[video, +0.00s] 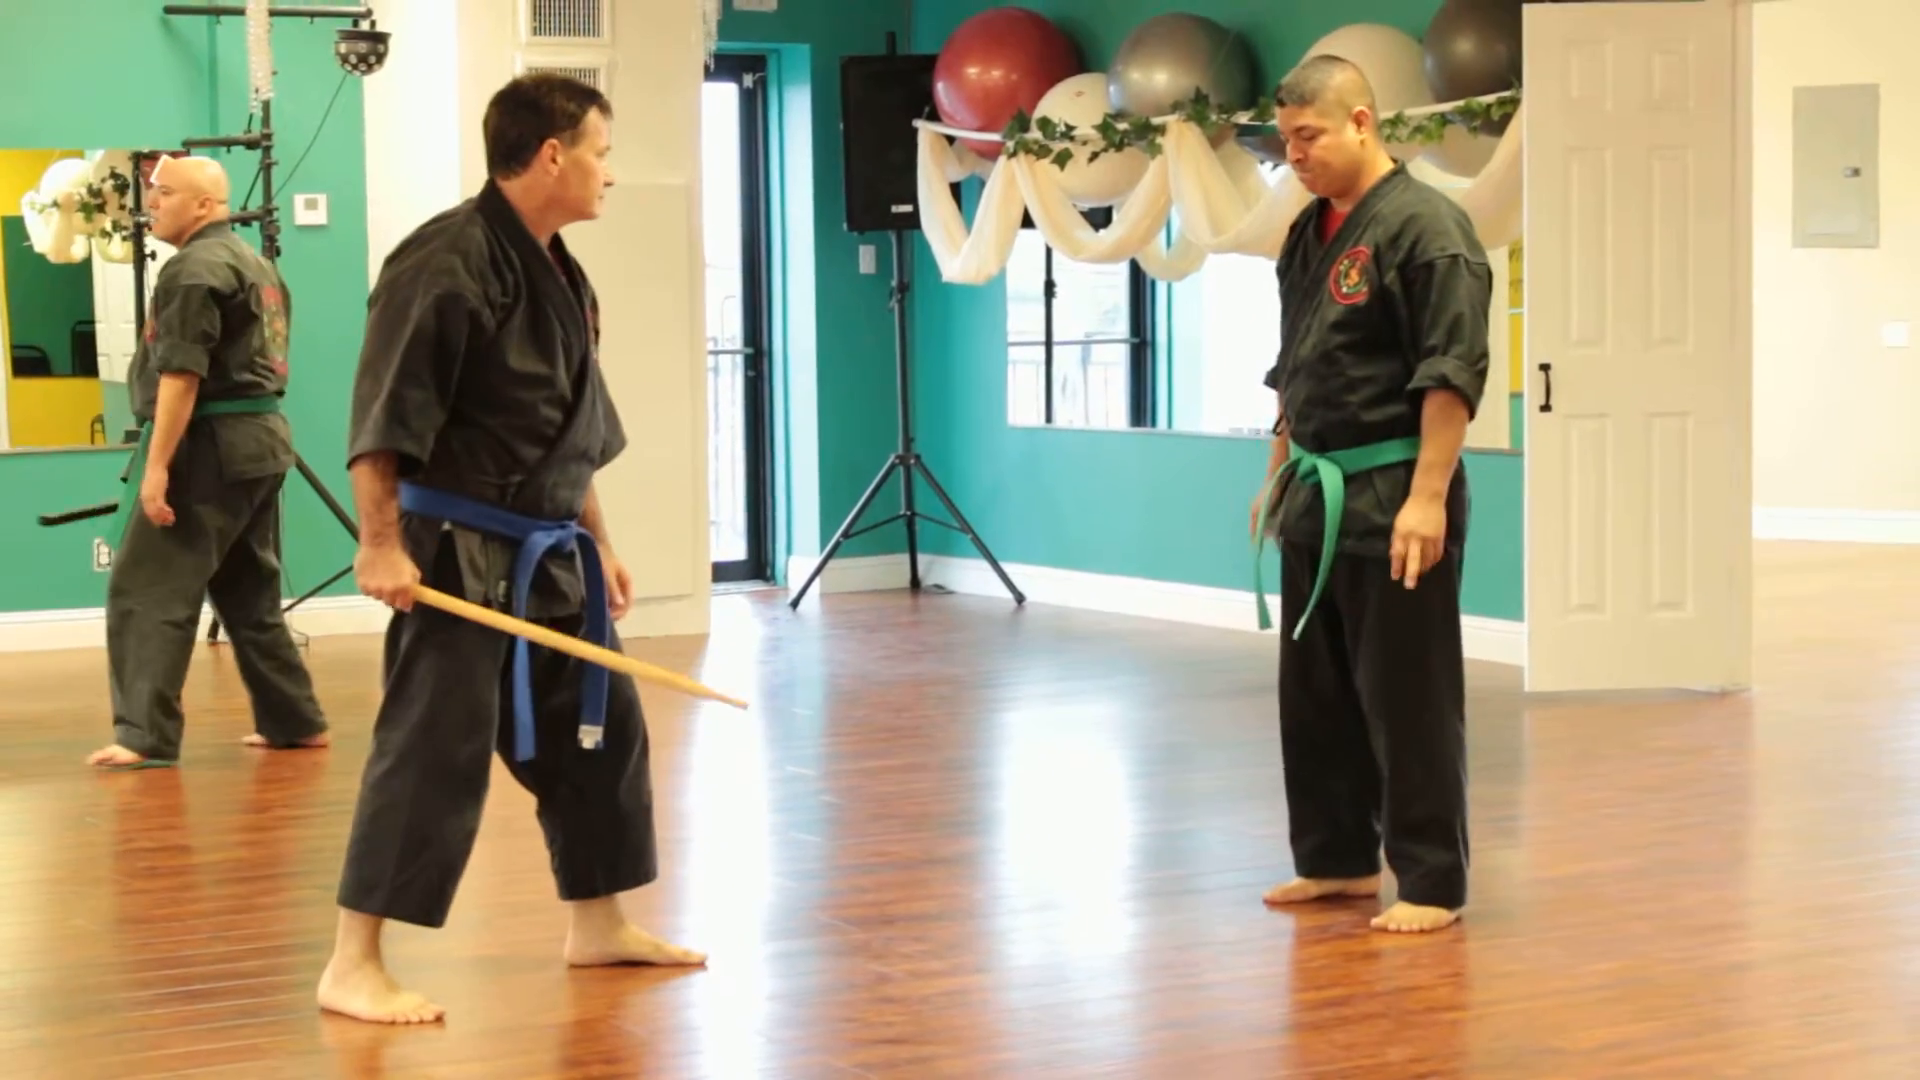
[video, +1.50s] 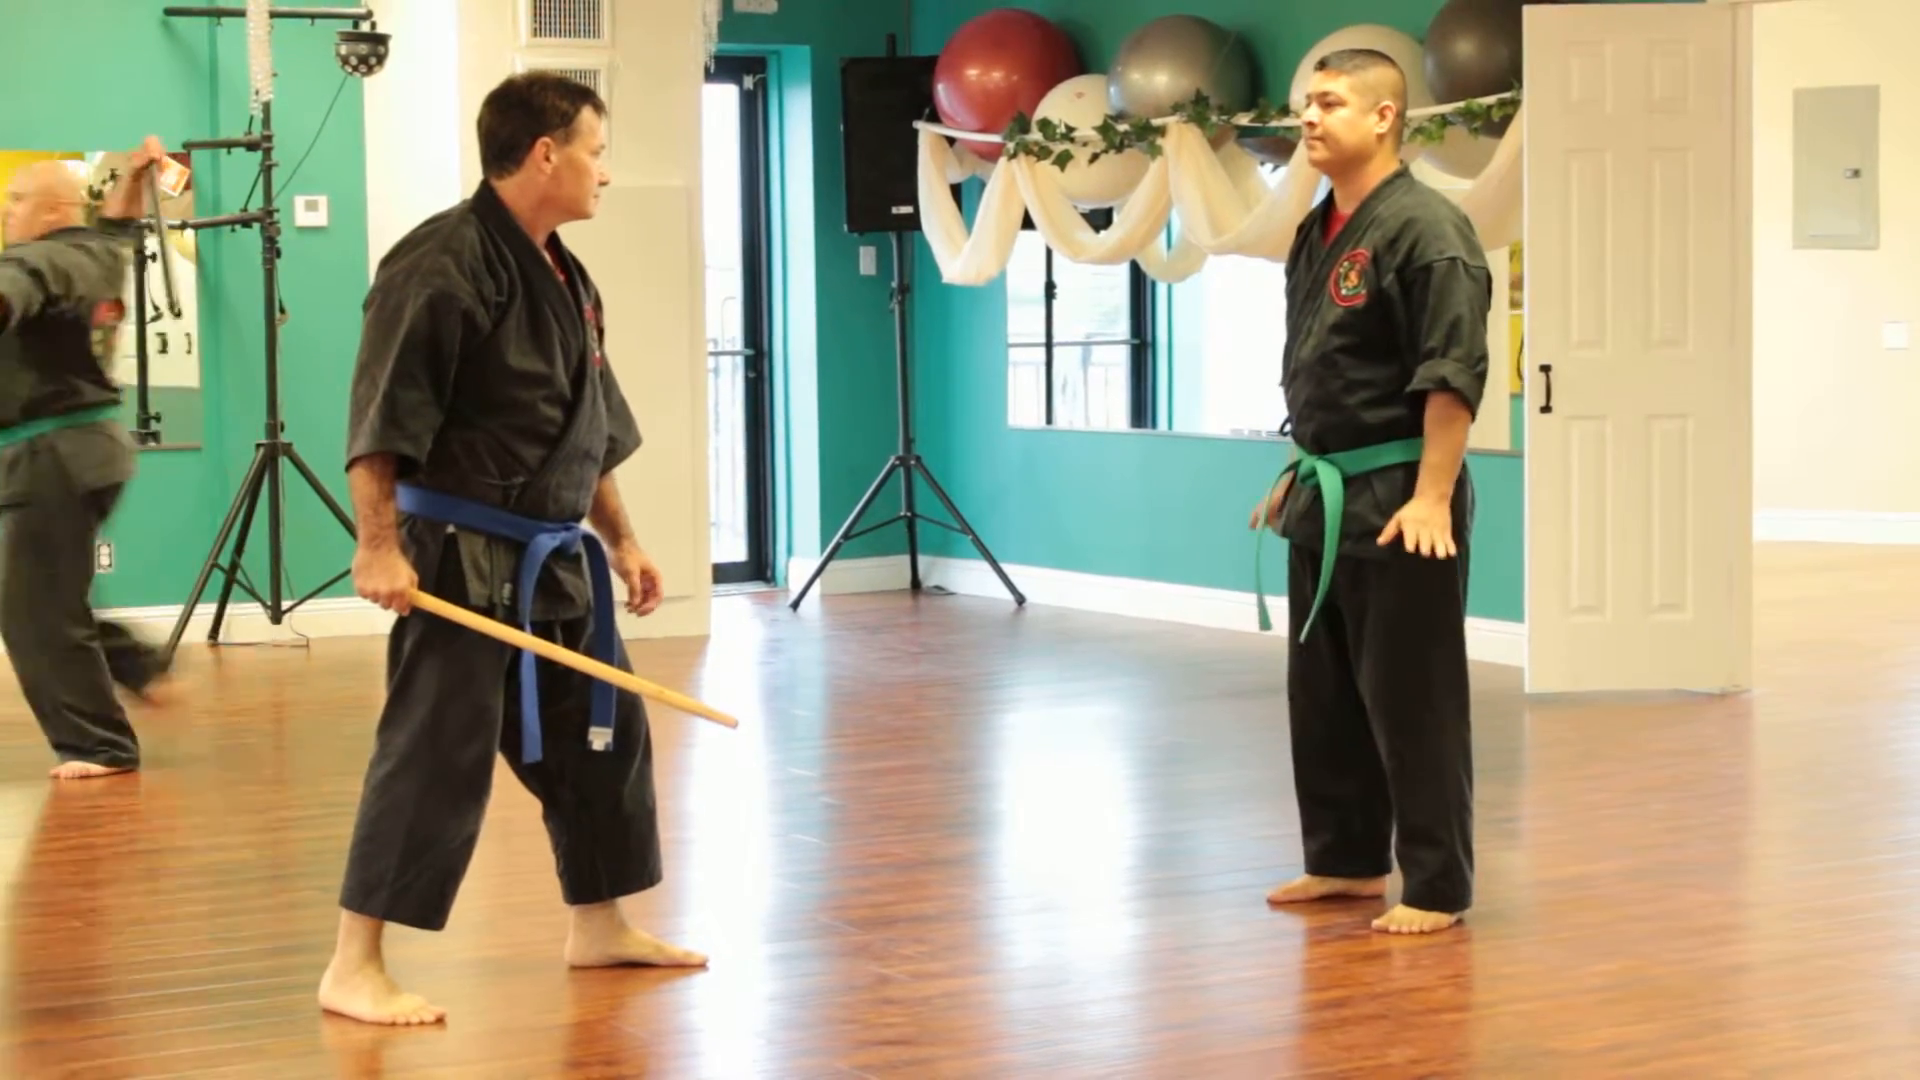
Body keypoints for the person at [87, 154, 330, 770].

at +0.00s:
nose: (150, 203)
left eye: (162, 193)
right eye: (152, 192)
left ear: (202, 205)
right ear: (208, 207)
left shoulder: (192, 270)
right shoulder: (249, 260)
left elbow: (181, 378)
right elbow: (259, 366)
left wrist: (156, 464)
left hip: (211, 444)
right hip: (259, 438)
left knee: (148, 587)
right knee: (248, 590)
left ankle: (147, 736)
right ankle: (294, 721)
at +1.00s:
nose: (136, 208)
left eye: (147, 197)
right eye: (139, 197)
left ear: (187, 206)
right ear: (195, 209)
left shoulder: (178, 271)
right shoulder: (238, 263)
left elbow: (147, 376)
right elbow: (251, 359)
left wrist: (105, 447)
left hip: (194, 447)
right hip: (245, 441)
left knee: (141, 594)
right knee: (245, 591)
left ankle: (130, 744)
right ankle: (292, 723)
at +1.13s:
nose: (122, 211)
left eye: (134, 201)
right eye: (125, 200)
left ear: (174, 211)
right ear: (185, 212)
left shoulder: (157, 272)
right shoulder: (229, 267)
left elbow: (100, 359)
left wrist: (39, 418)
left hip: (182, 451)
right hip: (240, 444)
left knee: (118, 589)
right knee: (232, 586)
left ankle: (126, 742)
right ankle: (290, 722)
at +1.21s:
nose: (106, 221)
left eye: (116, 211)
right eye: (109, 210)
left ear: (154, 220)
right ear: (167, 221)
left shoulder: (136, 274)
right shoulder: (210, 273)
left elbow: (47, 341)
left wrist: (8, 371)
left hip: (172, 457)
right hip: (234, 450)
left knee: (97, 586)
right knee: (219, 586)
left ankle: (112, 742)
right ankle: (290, 723)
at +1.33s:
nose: (68, 220)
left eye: (81, 210)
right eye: (72, 208)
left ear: (117, 221)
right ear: (136, 221)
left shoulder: (92, 269)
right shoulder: (172, 267)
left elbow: (12, 304)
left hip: (132, 459)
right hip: (186, 449)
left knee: (63, 595)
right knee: (205, 585)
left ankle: (99, 745)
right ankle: (285, 712)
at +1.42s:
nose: (36, 217)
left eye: (46, 206)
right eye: (39, 207)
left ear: (86, 209)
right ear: (100, 211)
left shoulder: (64, 264)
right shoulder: (139, 255)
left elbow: (13, 290)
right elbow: (154, 233)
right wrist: (151, 176)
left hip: (81, 457)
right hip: (140, 448)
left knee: (46, 605)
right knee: (140, 583)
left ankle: (98, 744)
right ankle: (245, 685)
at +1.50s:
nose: (6, 209)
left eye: (17, 199)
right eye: (10, 198)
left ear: (49, 208)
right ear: (63, 210)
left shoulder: (42, 259)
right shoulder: (95, 252)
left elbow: (16, 285)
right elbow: (121, 230)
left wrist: (11, 286)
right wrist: (138, 175)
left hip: (53, 453)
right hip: (75, 447)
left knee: (36, 608)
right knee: (41, 596)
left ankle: (99, 745)